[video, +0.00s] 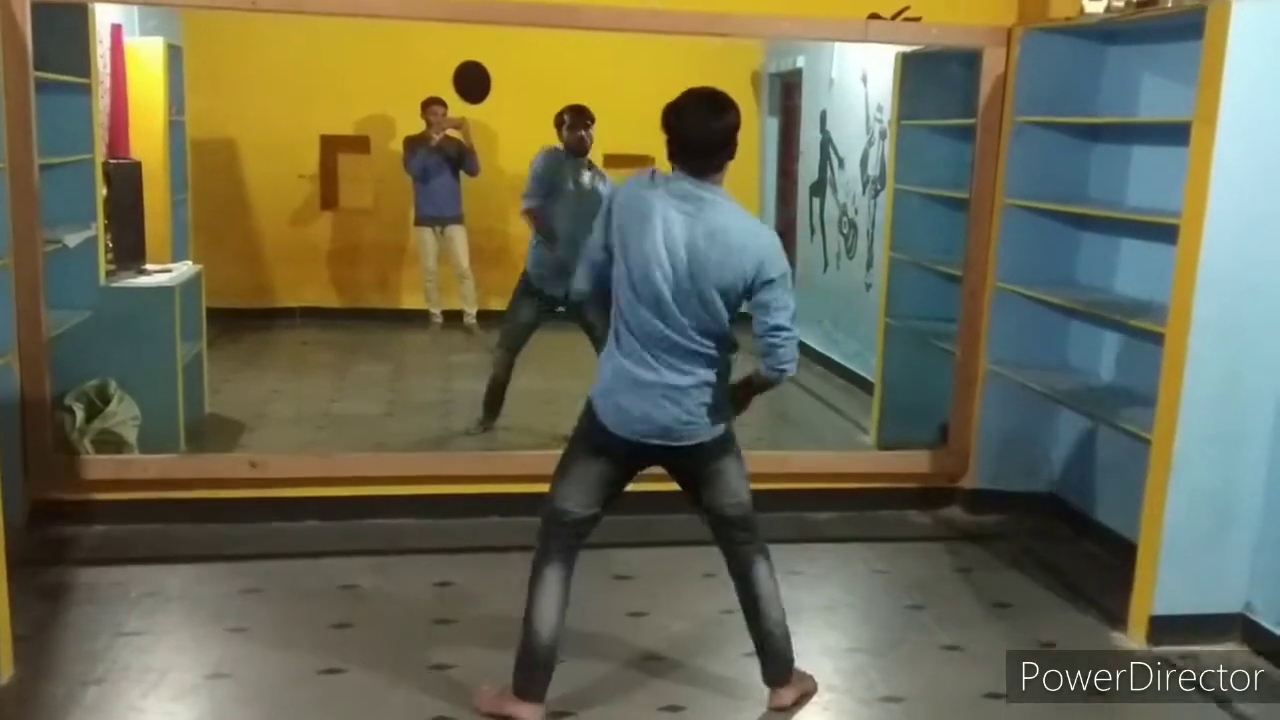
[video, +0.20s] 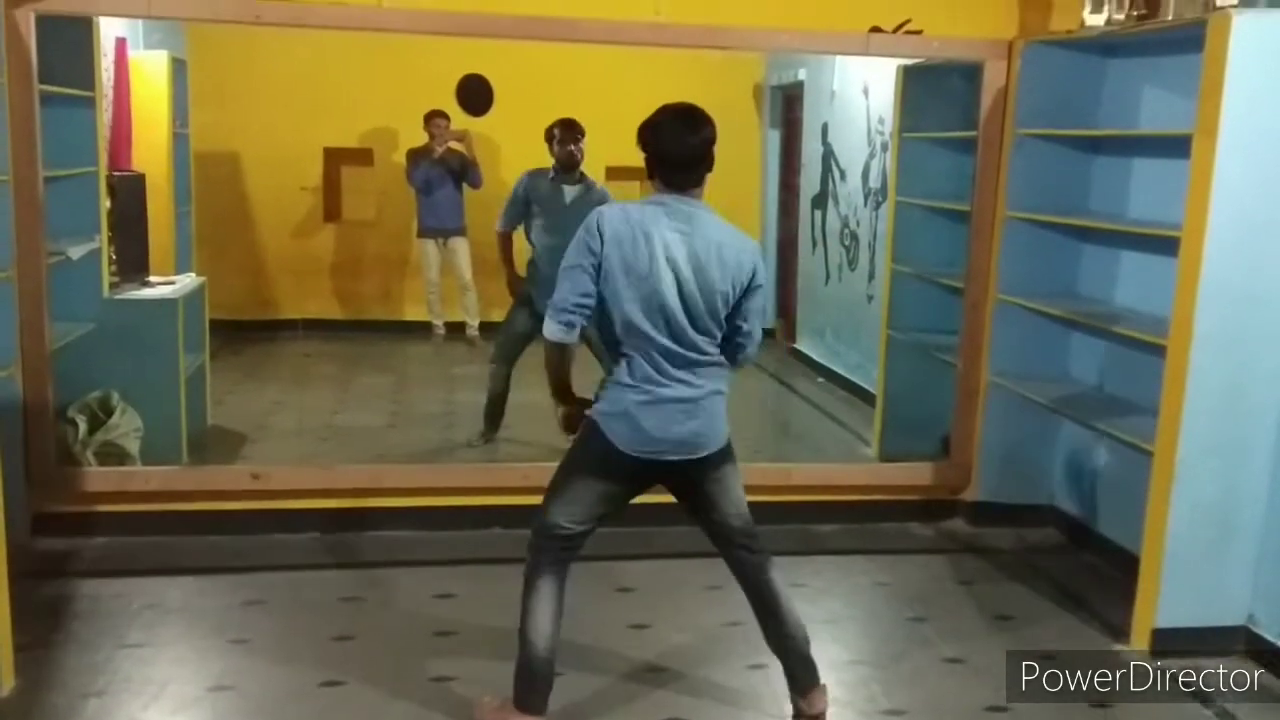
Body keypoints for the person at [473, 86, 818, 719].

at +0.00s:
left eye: (670, 139)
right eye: (730, 138)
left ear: (667, 144)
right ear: (733, 149)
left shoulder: (626, 200)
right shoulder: (755, 242)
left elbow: (584, 292)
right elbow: (779, 364)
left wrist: (617, 354)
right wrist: (733, 394)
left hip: (616, 410)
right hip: (697, 420)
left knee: (558, 540)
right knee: (745, 546)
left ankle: (527, 694)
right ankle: (782, 683)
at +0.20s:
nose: (643, 162)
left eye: (642, 154)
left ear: (647, 161)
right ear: (711, 163)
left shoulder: (605, 227)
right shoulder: (741, 249)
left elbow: (558, 335)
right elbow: (740, 349)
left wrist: (565, 399)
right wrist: (678, 349)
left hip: (622, 431)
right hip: (702, 433)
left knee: (550, 554)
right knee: (752, 560)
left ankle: (528, 706)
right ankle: (810, 698)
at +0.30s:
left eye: (637, 168)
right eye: (702, 169)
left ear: (639, 176)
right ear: (702, 176)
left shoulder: (614, 236)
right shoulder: (733, 240)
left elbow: (576, 346)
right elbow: (772, 281)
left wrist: (582, 409)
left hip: (635, 437)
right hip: (712, 438)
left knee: (548, 548)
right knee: (759, 568)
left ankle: (533, 706)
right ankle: (817, 706)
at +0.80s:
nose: (619, 199)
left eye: (619, 192)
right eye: (624, 190)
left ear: (629, 202)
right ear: (691, 196)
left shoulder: (635, 269)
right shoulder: (733, 266)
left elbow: (634, 386)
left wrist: (612, 441)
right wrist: (710, 236)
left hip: (656, 466)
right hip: (728, 461)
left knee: (560, 570)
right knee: (770, 588)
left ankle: (543, 711)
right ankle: (821, 710)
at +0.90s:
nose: (618, 214)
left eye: (617, 206)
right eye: (619, 207)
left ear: (627, 214)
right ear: (684, 200)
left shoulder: (649, 269)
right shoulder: (734, 259)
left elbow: (644, 396)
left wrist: (615, 442)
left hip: (658, 468)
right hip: (726, 463)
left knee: (561, 572)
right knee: (769, 592)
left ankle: (545, 711)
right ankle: (820, 711)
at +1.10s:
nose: (632, 208)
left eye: (634, 201)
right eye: (634, 200)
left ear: (643, 209)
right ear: (703, 204)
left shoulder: (656, 274)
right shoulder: (736, 260)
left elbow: (645, 402)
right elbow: (692, 255)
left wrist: (617, 448)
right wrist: (636, 258)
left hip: (664, 471)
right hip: (730, 466)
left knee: (567, 578)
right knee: (772, 596)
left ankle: (550, 713)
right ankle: (823, 712)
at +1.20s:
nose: (641, 208)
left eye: (643, 201)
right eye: (642, 202)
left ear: (650, 208)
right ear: (711, 203)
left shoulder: (664, 277)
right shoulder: (736, 264)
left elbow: (651, 411)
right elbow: (700, 306)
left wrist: (618, 448)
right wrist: (647, 266)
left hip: (666, 472)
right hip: (730, 467)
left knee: (569, 579)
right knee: (773, 597)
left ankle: (551, 712)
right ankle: (823, 712)